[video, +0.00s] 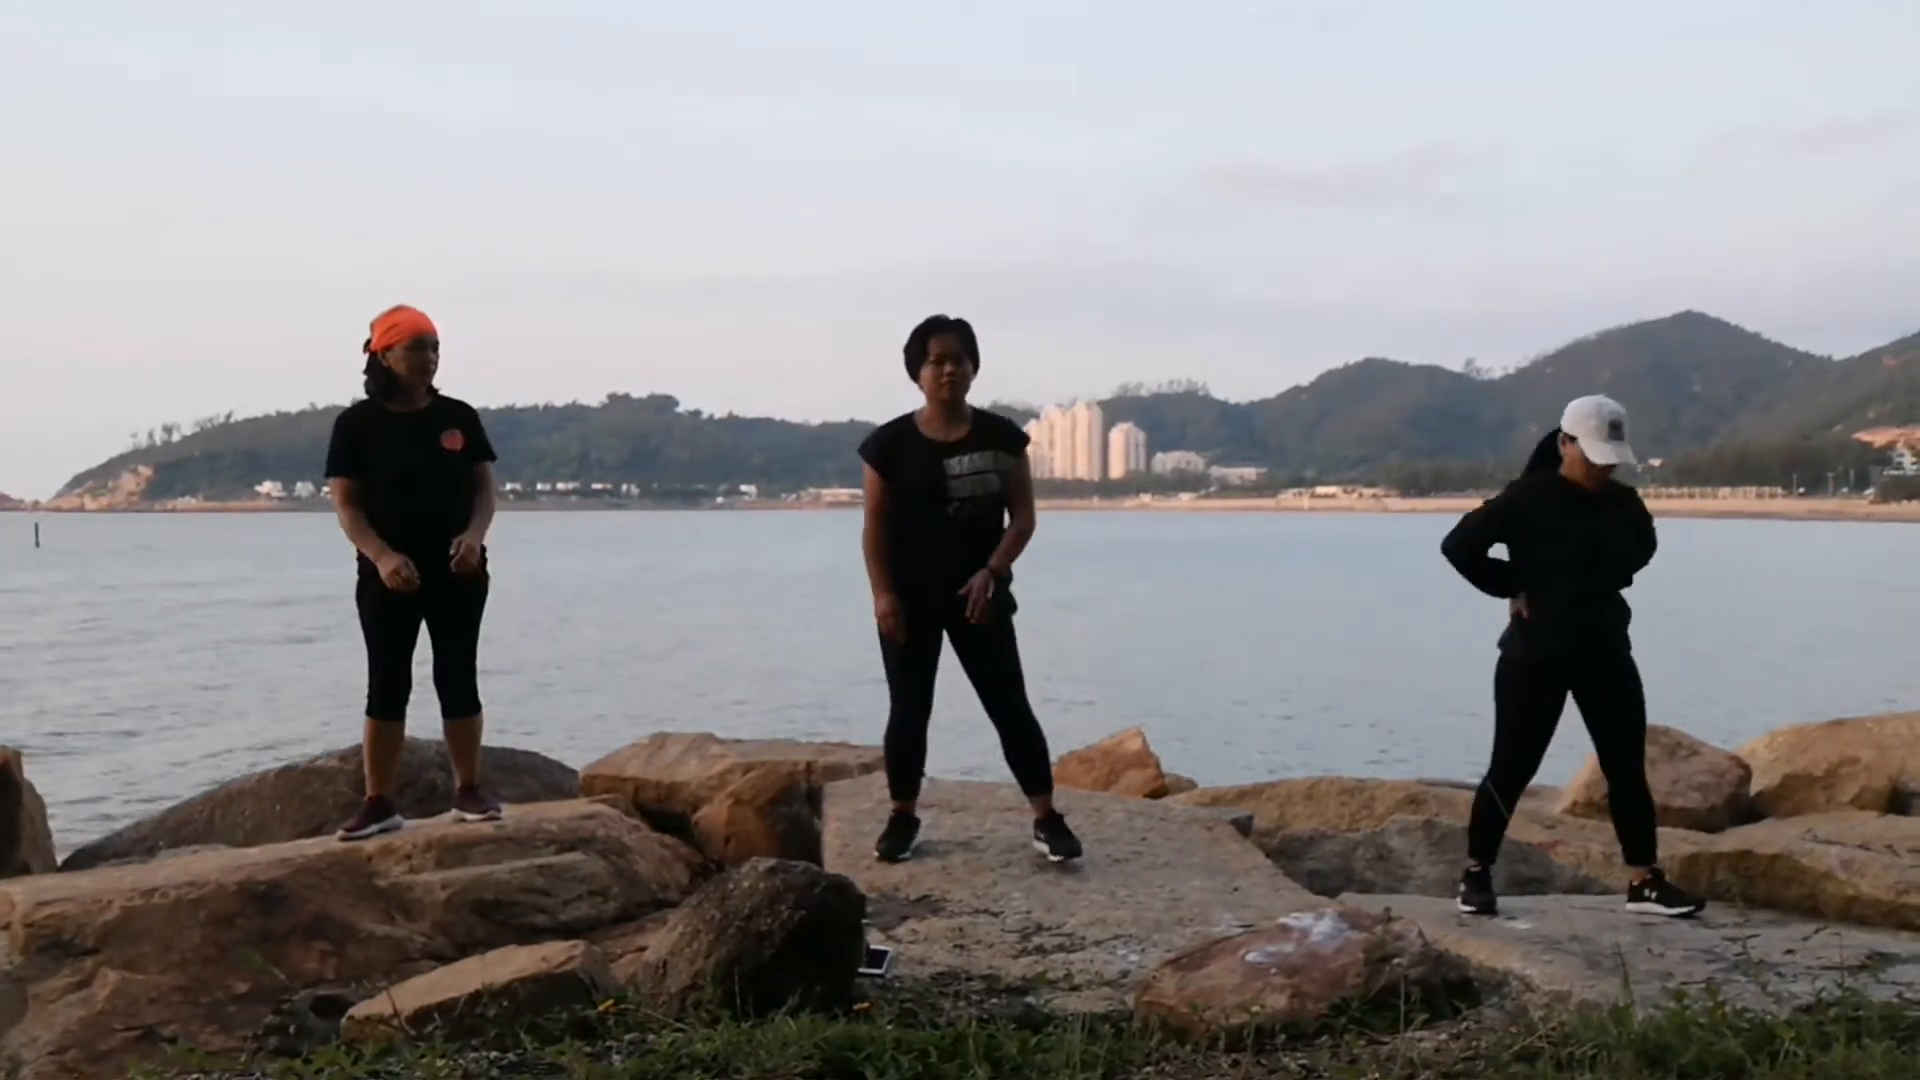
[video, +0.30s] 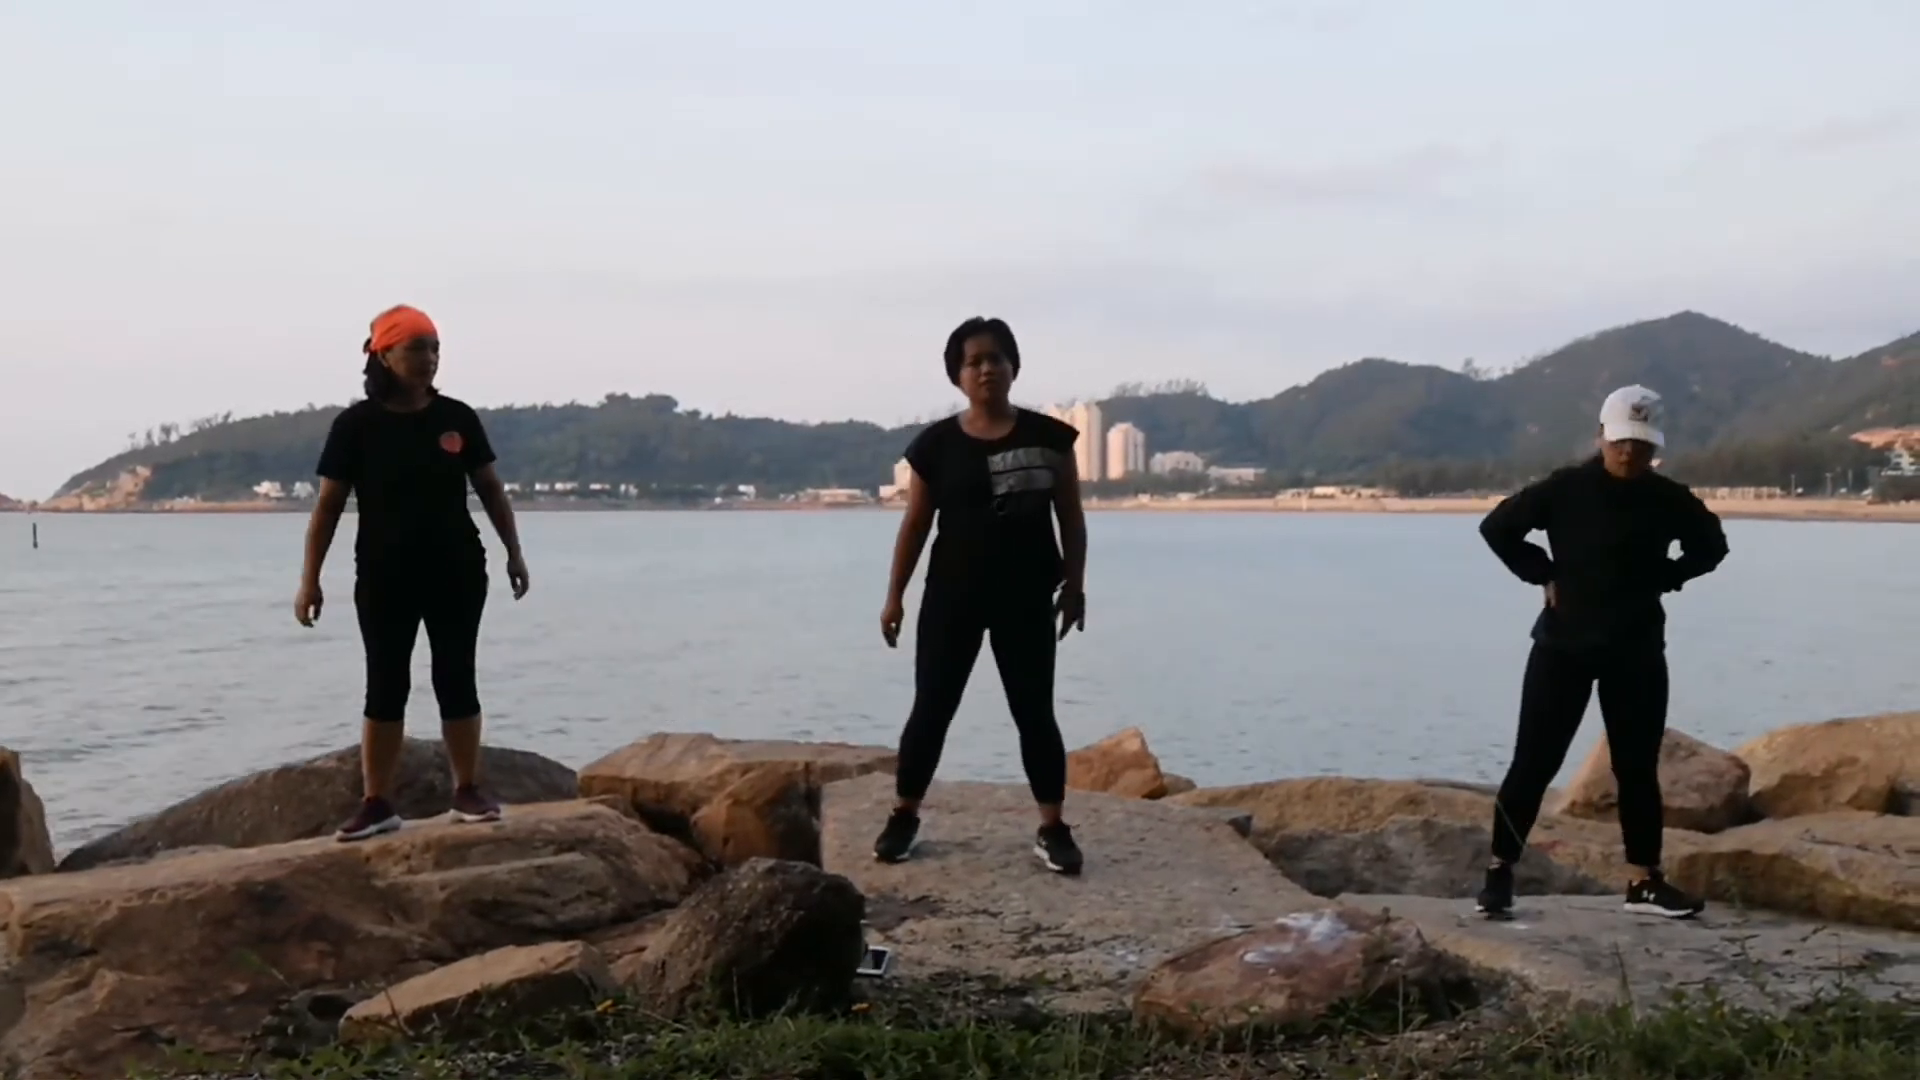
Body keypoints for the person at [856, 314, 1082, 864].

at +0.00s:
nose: (948, 370)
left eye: (957, 360)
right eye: (936, 361)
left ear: (973, 368)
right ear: (916, 371)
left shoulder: (1001, 437)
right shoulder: (888, 445)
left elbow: (1023, 519)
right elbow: (874, 527)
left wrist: (992, 571)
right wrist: (881, 592)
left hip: (979, 594)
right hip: (910, 598)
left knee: (1011, 709)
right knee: (907, 714)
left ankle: (1046, 817)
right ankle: (902, 817)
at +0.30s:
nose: (986, 371)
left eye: (996, 360)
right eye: (974, 362)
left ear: (1013, 368)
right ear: (957, 374)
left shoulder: (1050, 439)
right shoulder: (935, 447)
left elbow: (1071, 518)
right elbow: (914, 526)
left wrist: (1075, 583)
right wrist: (895, 594)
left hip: (1026, 600)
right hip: (953, 600)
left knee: (1036, 714)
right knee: (930, 710)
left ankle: (1053, 826)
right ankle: (904, 817)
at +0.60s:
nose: (1013, 367)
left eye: (1024, 357)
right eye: (1002, 358)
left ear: (1042, 366)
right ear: (986, 369)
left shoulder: (1075, 442)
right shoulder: (959, 440)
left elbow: (1095, 520)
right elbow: (939, 519)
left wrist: (1107, 590)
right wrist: (924, 591)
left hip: (1041, 603)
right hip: (969, 599)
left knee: (1046, 717)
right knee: (934, 707)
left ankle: (1053, 828)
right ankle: (902, 811)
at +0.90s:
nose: (996, 370)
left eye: (1008, 360)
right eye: (986, 360)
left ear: (1025, 371)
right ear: (968, 370)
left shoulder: (1049, 446)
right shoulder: (934, 442)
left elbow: (1067, 528)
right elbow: (915, 526)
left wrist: (1072, 594)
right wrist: (911, 598)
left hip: (1017, 604)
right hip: (946, 602)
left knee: (1030, 717)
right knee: (921, 711)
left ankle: (1049, 827)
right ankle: (899, 819)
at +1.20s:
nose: (968, 373)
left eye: (981, 363)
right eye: (958, 362)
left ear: (997, 372)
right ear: (941, 372)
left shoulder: (1025, 444)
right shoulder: (907, 443)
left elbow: (1038, 529)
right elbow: (884, 522)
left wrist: (1033, 596)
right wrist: (870, 590)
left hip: (997, 604)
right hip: (923, 604)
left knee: (1018, 720)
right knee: (910, 715)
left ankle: (1046, 830)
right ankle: (896, 822)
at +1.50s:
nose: (984, 371)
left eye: (995, 361)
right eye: (973, 362)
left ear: (1012, 369)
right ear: (955, 372)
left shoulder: (1042, 441)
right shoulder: (927, 445)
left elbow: (1060, 527)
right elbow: (909, 528)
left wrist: (1054, 595)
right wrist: (906, 599)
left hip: (1017, 602)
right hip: (945, 601)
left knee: (1029, 718)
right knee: (920, 714)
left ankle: (1048, 831)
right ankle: (896, 822)